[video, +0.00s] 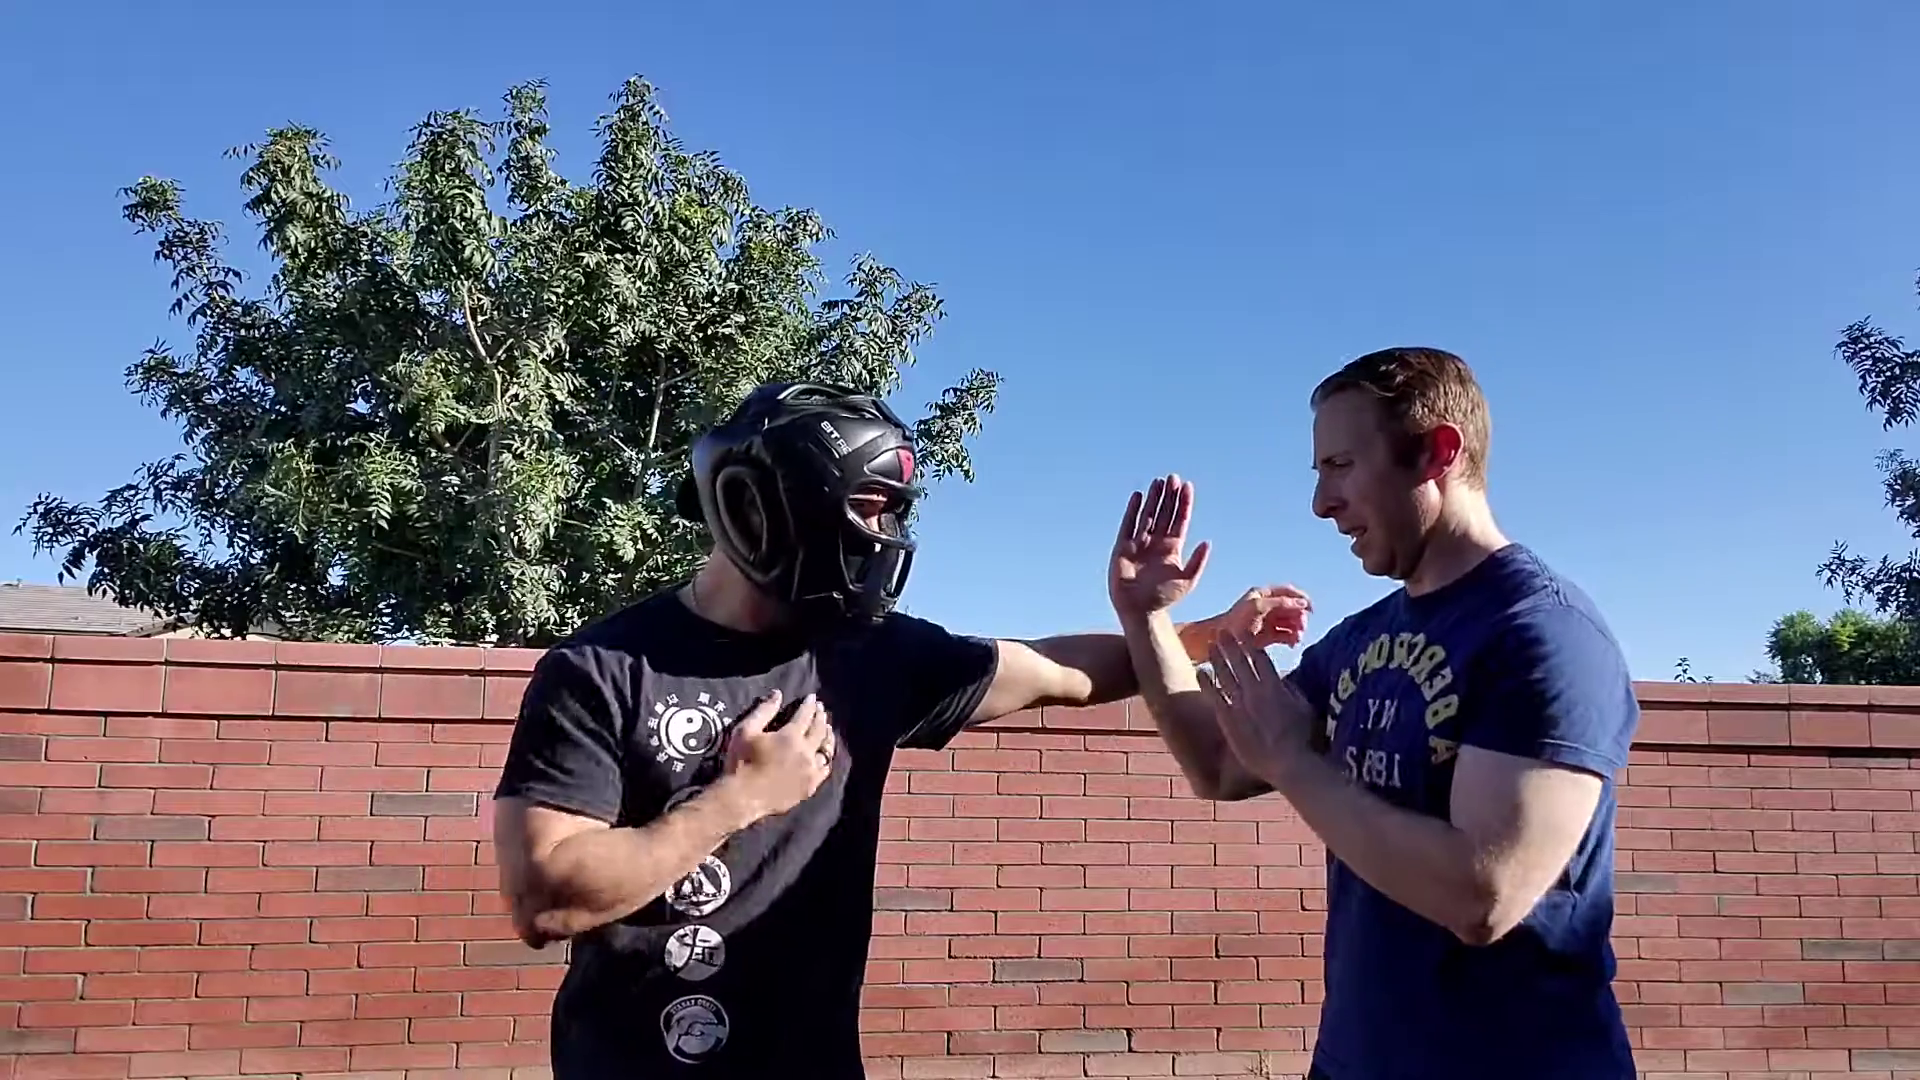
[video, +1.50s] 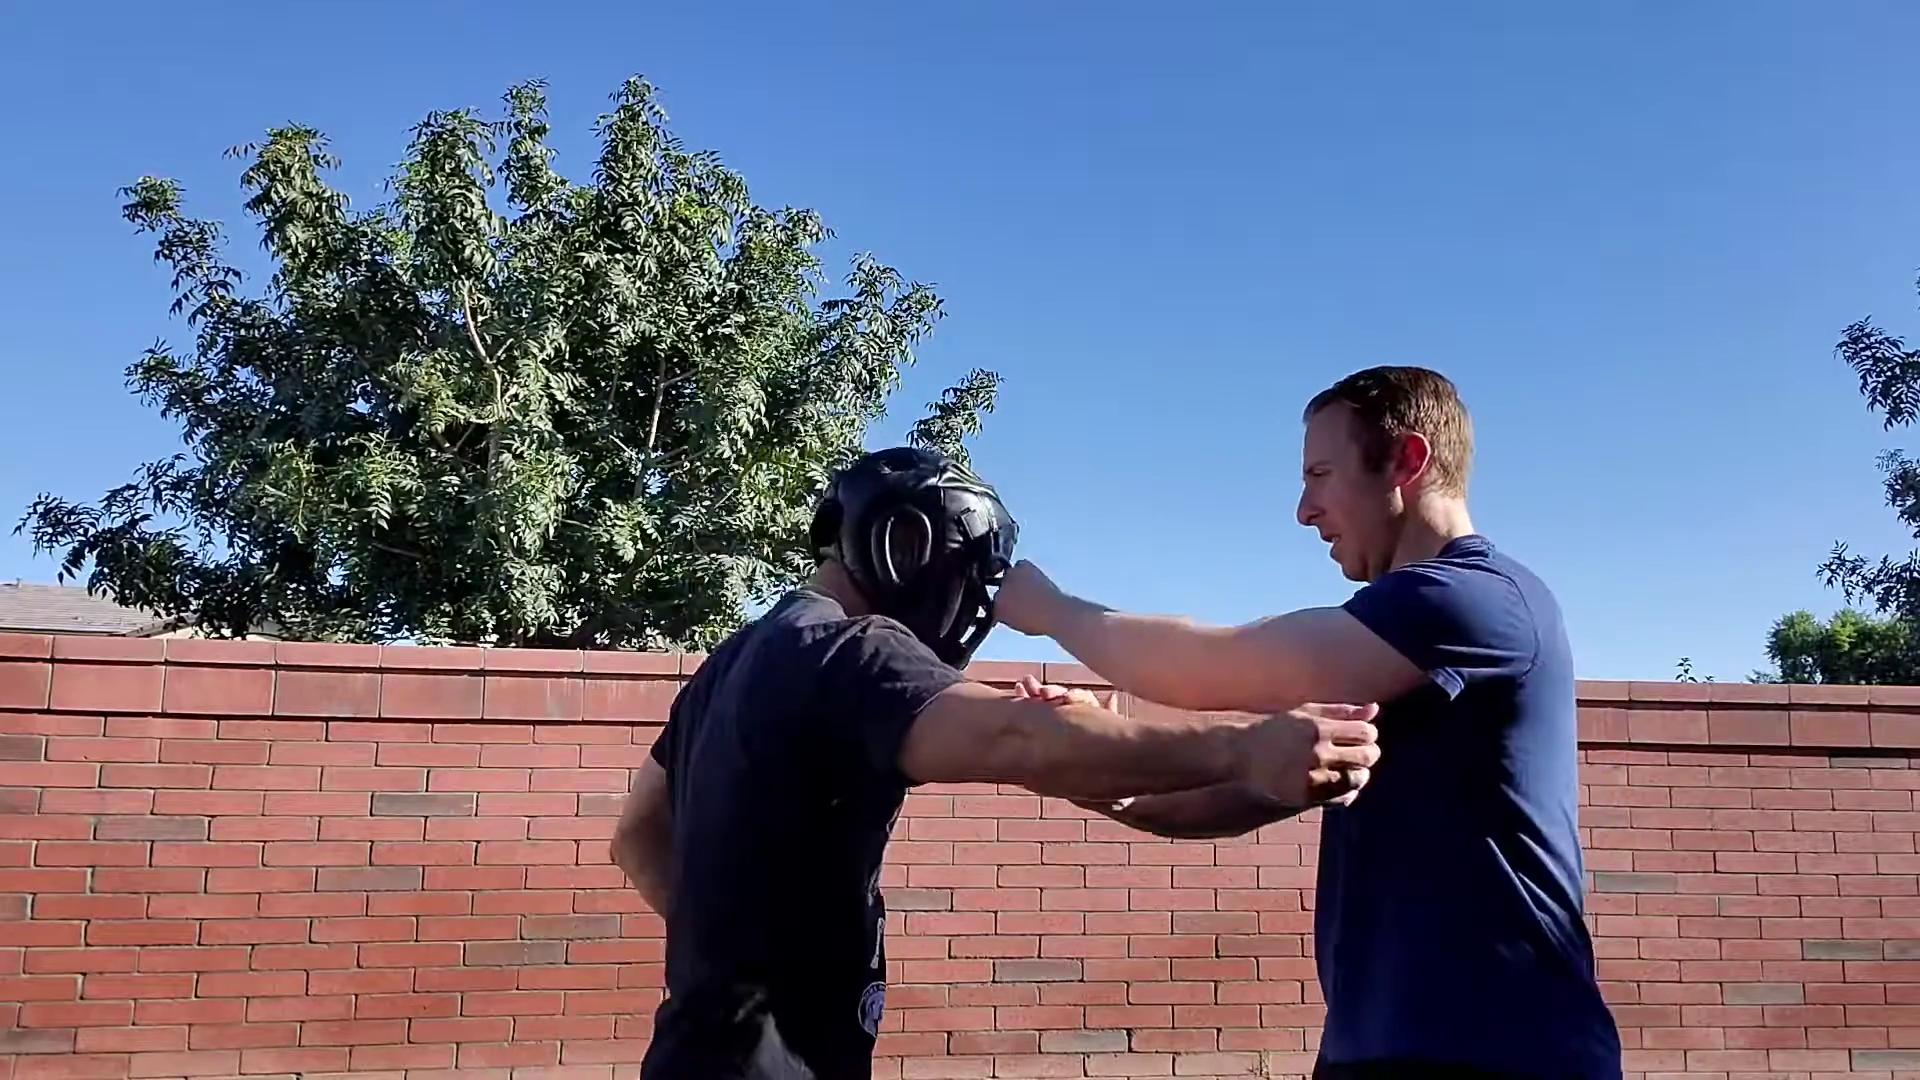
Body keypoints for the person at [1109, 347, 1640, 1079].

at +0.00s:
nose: (1322, 501)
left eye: (1341, 465)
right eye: (1321, 473)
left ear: (1439, 455)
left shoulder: (1550, 634)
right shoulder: (1358, 641)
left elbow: (1482, 895)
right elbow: (1221, 768)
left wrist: (1292, 763)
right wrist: (1145, 619)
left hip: (1519, 1059)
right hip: (1359, 1052)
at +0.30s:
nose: (1271, 508)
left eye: (1290, 473)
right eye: (1272, 479)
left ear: (1384, 465)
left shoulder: (1441, 630)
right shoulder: (1387, 629)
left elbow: (1198, 779)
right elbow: (1230, 749)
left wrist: (1018, 654)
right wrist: (1175, 632)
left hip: (1466, 1054)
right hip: (1368, 1049)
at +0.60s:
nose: (1260, 506)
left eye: (1280, 474)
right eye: (1259, 480)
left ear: (1375, 466)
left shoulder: (1406, 613)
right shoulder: (1419, 609)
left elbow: (1134, 727)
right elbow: (1307, 811)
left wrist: (918, 629)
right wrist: (1212, 682)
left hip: (1456, 1054)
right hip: (1391, 1050)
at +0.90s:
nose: (1263, 505)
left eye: (1283, 471)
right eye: (1262, 478)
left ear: (1380, 465)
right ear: (1371, 469)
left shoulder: (1417, 619)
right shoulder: (1391, 613)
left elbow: (1196, 794)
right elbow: (1287, 812)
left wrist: (984, 709)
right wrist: (1173, 720)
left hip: (1476, 1053)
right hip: (1394, 1047)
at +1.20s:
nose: (1317, 496)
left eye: (1334, 462)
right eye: (1320, 467)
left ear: (1425, 455)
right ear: (1423, 459)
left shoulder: (1552, 619)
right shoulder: (1354, 640)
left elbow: (1462, 846)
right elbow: (1207, 789)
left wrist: (1292, 704)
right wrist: (1053, 751)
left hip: (1539, 1052)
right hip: (1376, 1047)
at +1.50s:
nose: (1303, 510)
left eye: (1320, 474)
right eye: (1306, 481)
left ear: (1405, 465)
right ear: (1402, 472)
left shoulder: (1472, 600)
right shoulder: (1415, 621)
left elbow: (1212, 673)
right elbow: (1242, 771)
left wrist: (1046, 607)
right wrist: (1085, 713)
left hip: (1486, 1036)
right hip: (1383, 1030)